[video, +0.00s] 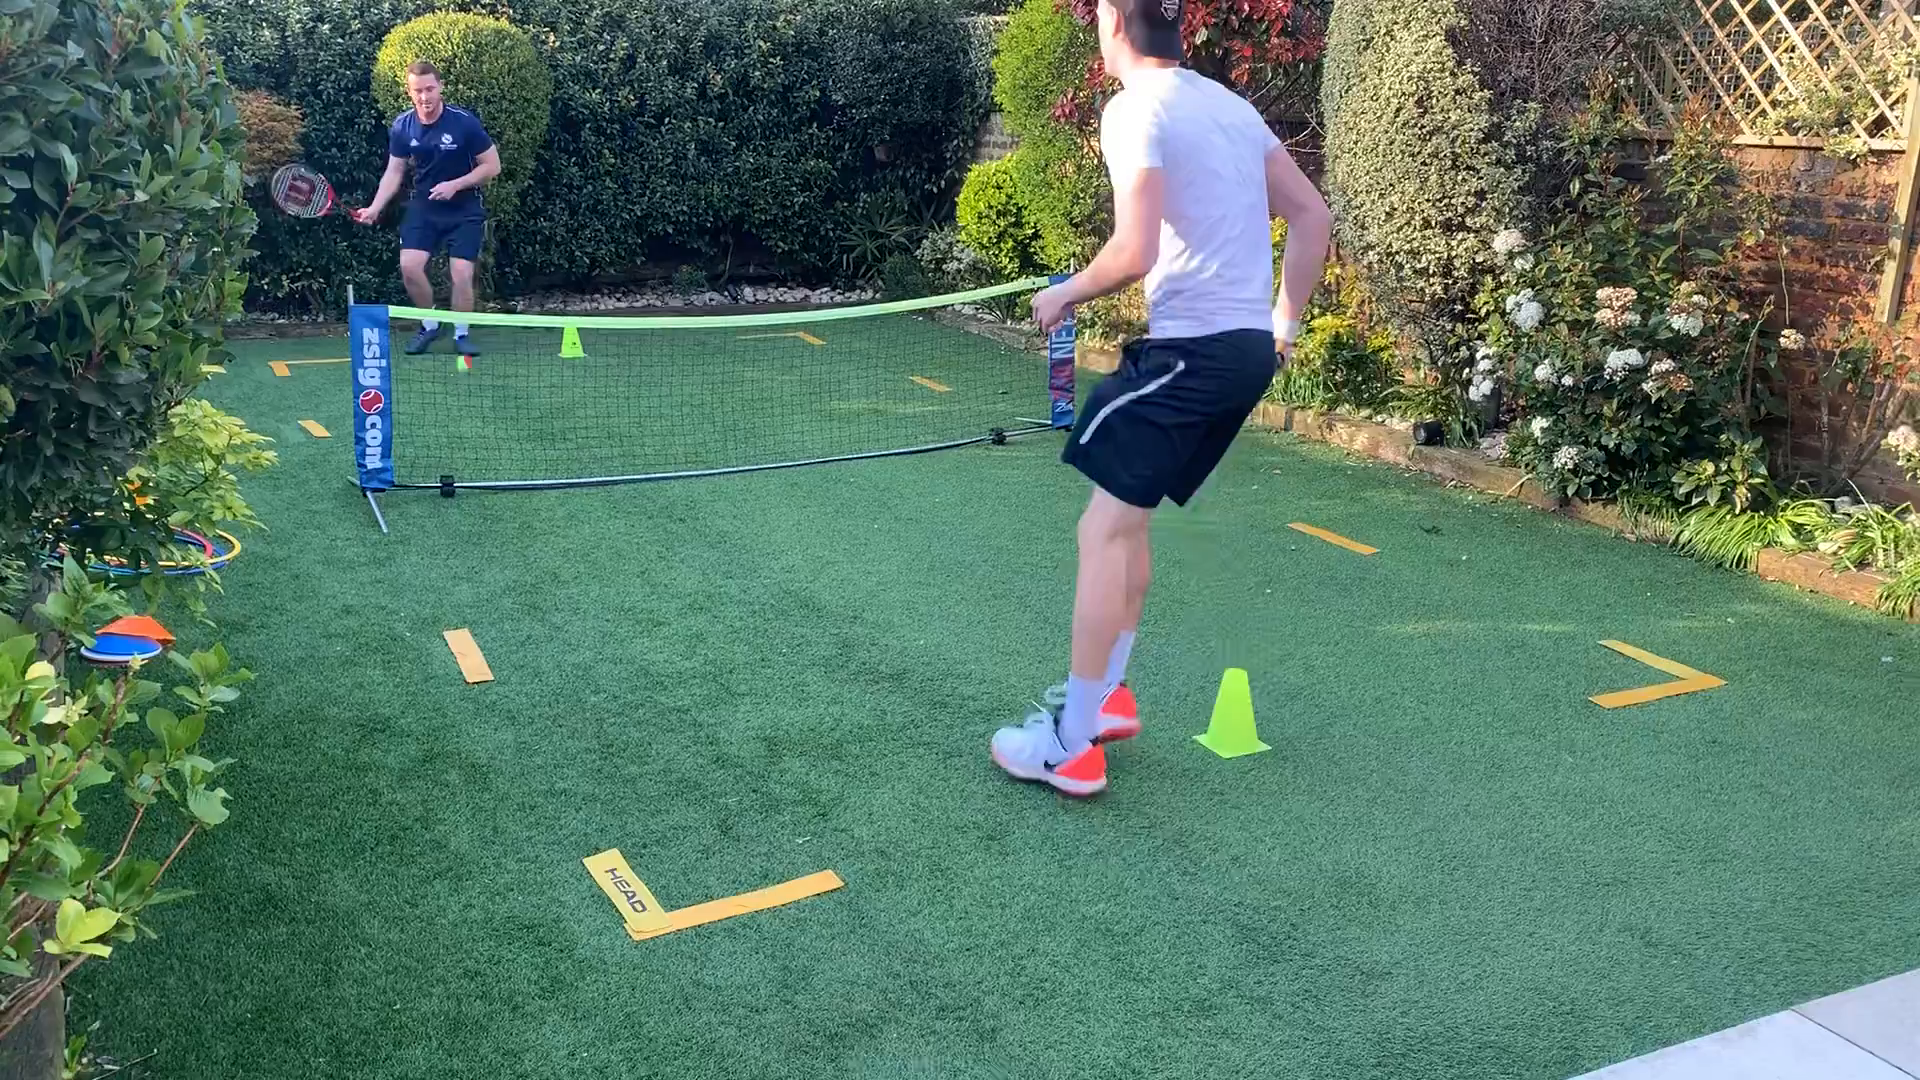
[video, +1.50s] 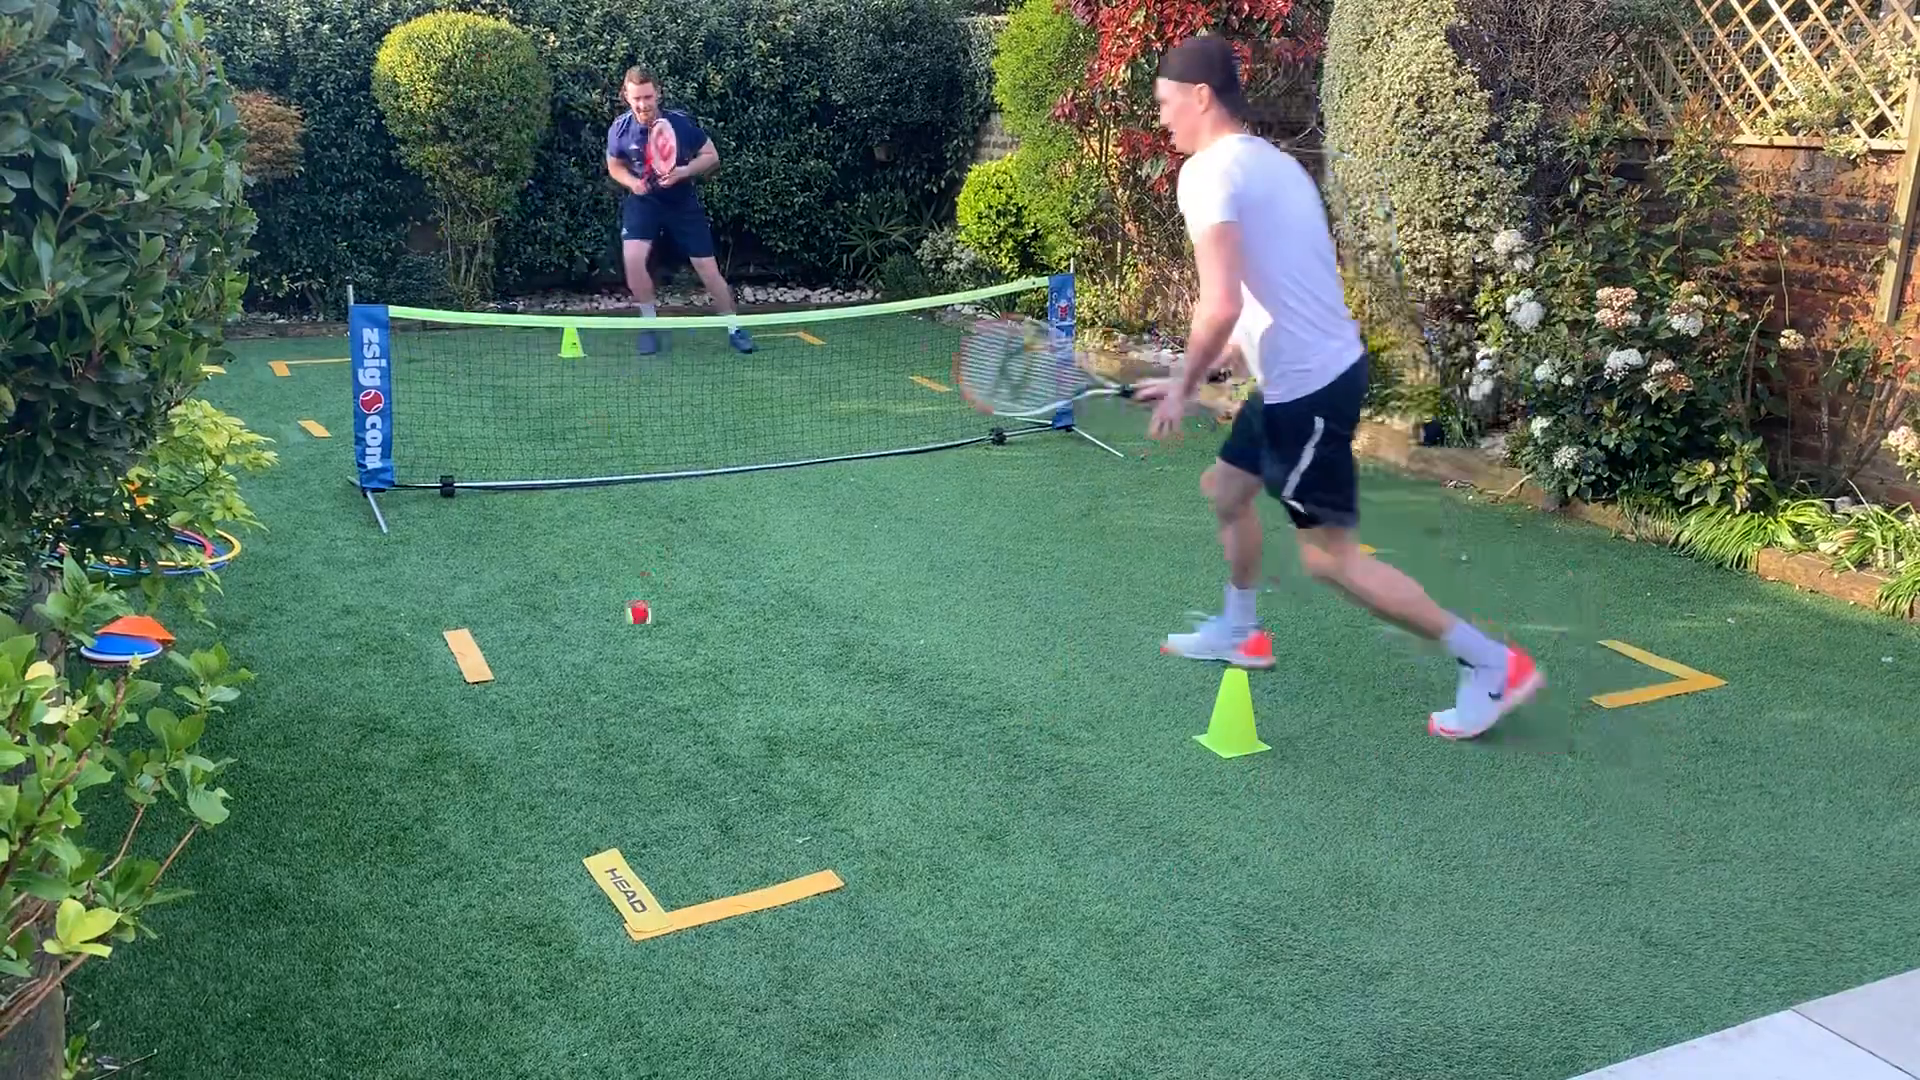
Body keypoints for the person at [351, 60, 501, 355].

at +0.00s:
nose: (425, 96)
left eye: (430, 89)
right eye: (419, 91)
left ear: (440, 89)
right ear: (410, 94)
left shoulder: (465, 123)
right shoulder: (402, 127)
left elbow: (492, 166)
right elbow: (393, 172)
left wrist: (455, 184)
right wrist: (374, 208)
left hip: (464, 208)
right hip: (422, 206)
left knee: (461, 272)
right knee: (410, 267)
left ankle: (461, 335)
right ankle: (430, 325)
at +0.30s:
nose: (406, 118)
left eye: (411, 110)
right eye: (399, 113)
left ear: (423, 105)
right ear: (392, 114)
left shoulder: (455, 128)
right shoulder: (395, 151)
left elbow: (491, 154)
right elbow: (408, 198)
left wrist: (470, 188)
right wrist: (415, 242)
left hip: (470, 211)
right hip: (431, 214)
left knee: (475, 275)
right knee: (424, 271)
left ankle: (465, 327)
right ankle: (416, 344)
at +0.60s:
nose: (452, 105)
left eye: (457, 98)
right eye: (445, 100)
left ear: (468, 98)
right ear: (435, 104)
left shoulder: (488, 124)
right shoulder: (434, 141)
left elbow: (523, 150)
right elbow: (447, 190)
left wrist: (510, 177)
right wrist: (467, 200)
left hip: (498, 207)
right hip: (458, 213)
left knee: (525, 268)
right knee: (439, 276)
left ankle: (551, 342)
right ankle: (416, 344)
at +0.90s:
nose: (537, 91)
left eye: (542, 84)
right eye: (530, 85)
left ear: (554, 86)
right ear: (521, 91)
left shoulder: (579, 116)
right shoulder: (516, 131)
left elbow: (608, 140)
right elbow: (504, 181)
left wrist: (594, 162)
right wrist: (530, 184)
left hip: (580, 212)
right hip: (537, 214)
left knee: (584, 277)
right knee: (518, 277)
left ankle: (583, 348)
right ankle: (503, 347)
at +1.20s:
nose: (604, 106)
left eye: (609, 99)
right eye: (597, 101)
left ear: (619, 100)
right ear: (588, 105)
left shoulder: (639, 132)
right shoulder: (582, 145)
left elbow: (668, 163)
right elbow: (569, 195)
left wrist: (649, 176)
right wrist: (597, 203)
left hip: (650, 217)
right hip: (613, 223)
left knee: (688, 279)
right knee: (622, 276)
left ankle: (718, 327)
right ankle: (643, 349)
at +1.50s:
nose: (642, 105)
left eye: (648, 98)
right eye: (636, 99)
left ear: (659, 94)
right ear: (626, 97)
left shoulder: (679, 122)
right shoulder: (620, 129)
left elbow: (712, 156)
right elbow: (614, 165)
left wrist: (682, 171)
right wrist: (633, 182)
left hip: (682, 201)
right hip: (643, 202)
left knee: (708, 269)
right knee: (632, 262)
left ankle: (734, 329)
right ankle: (649, 326)